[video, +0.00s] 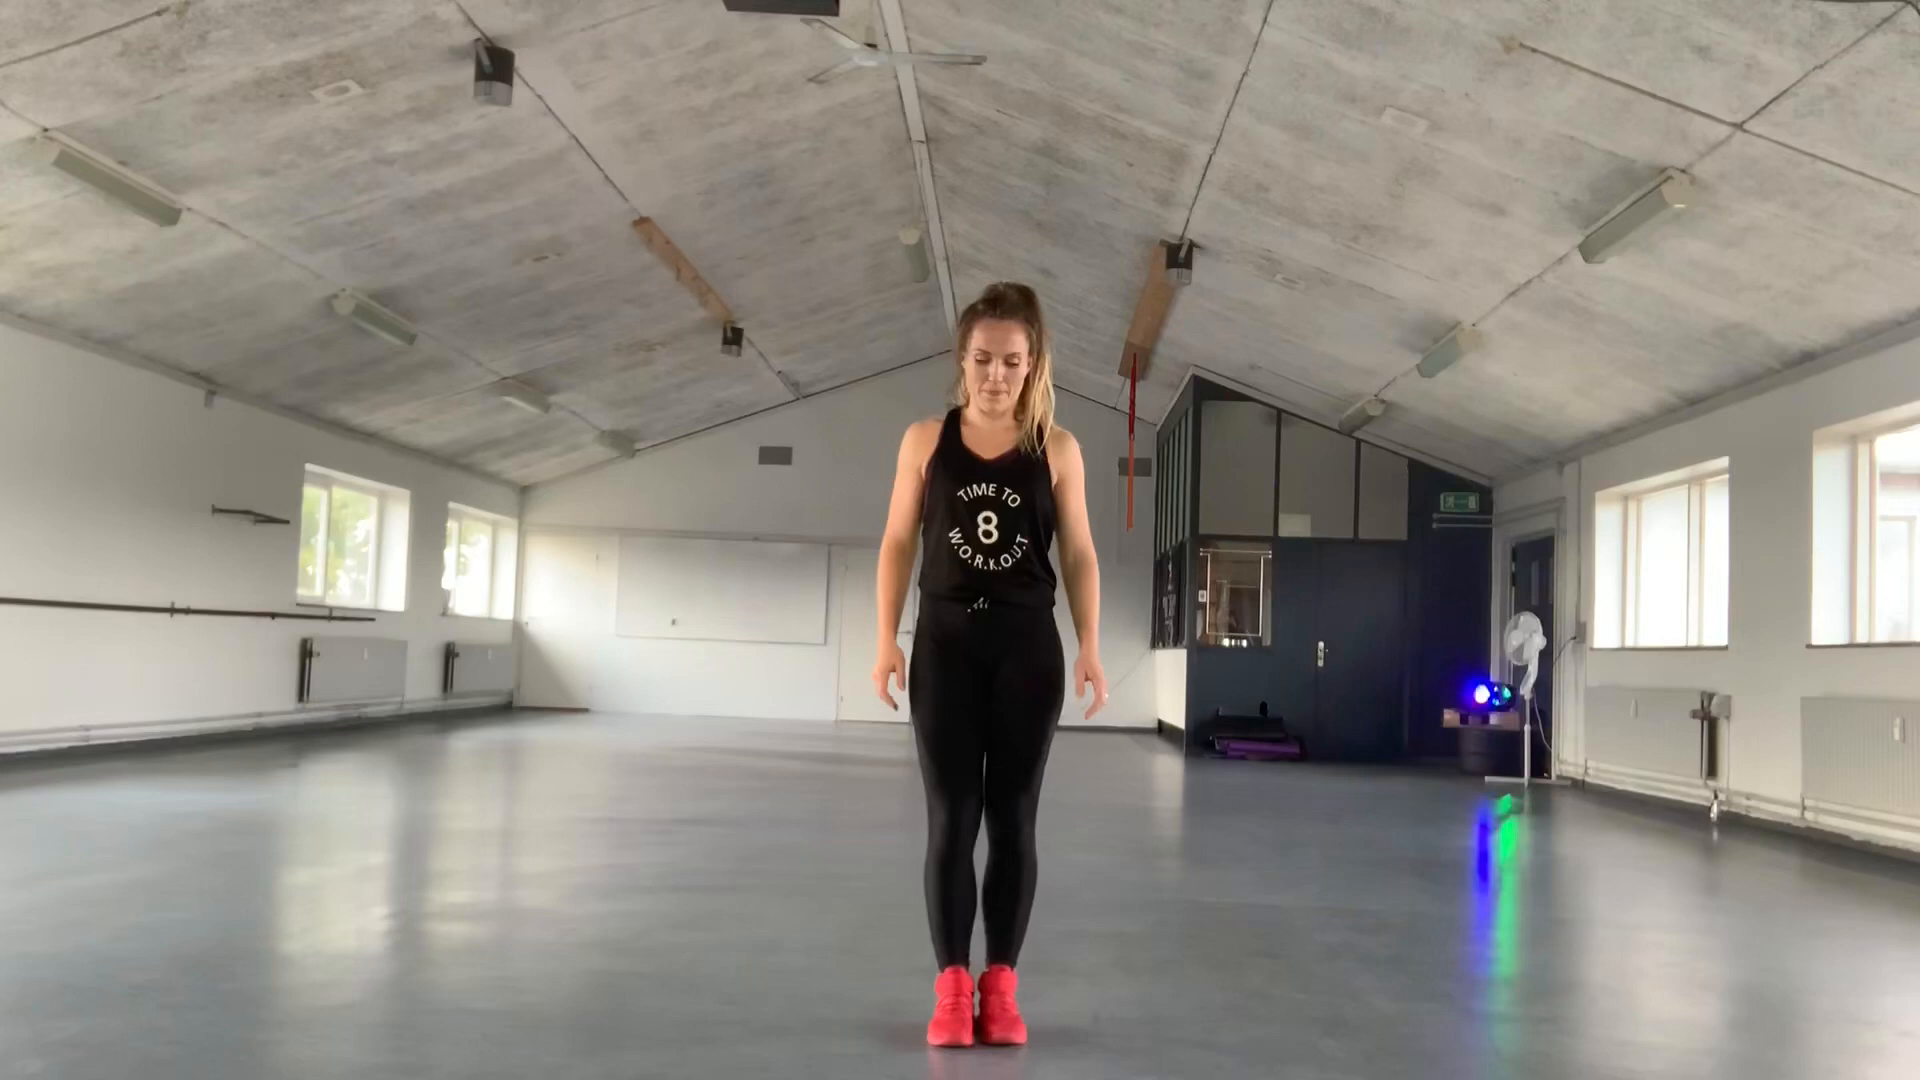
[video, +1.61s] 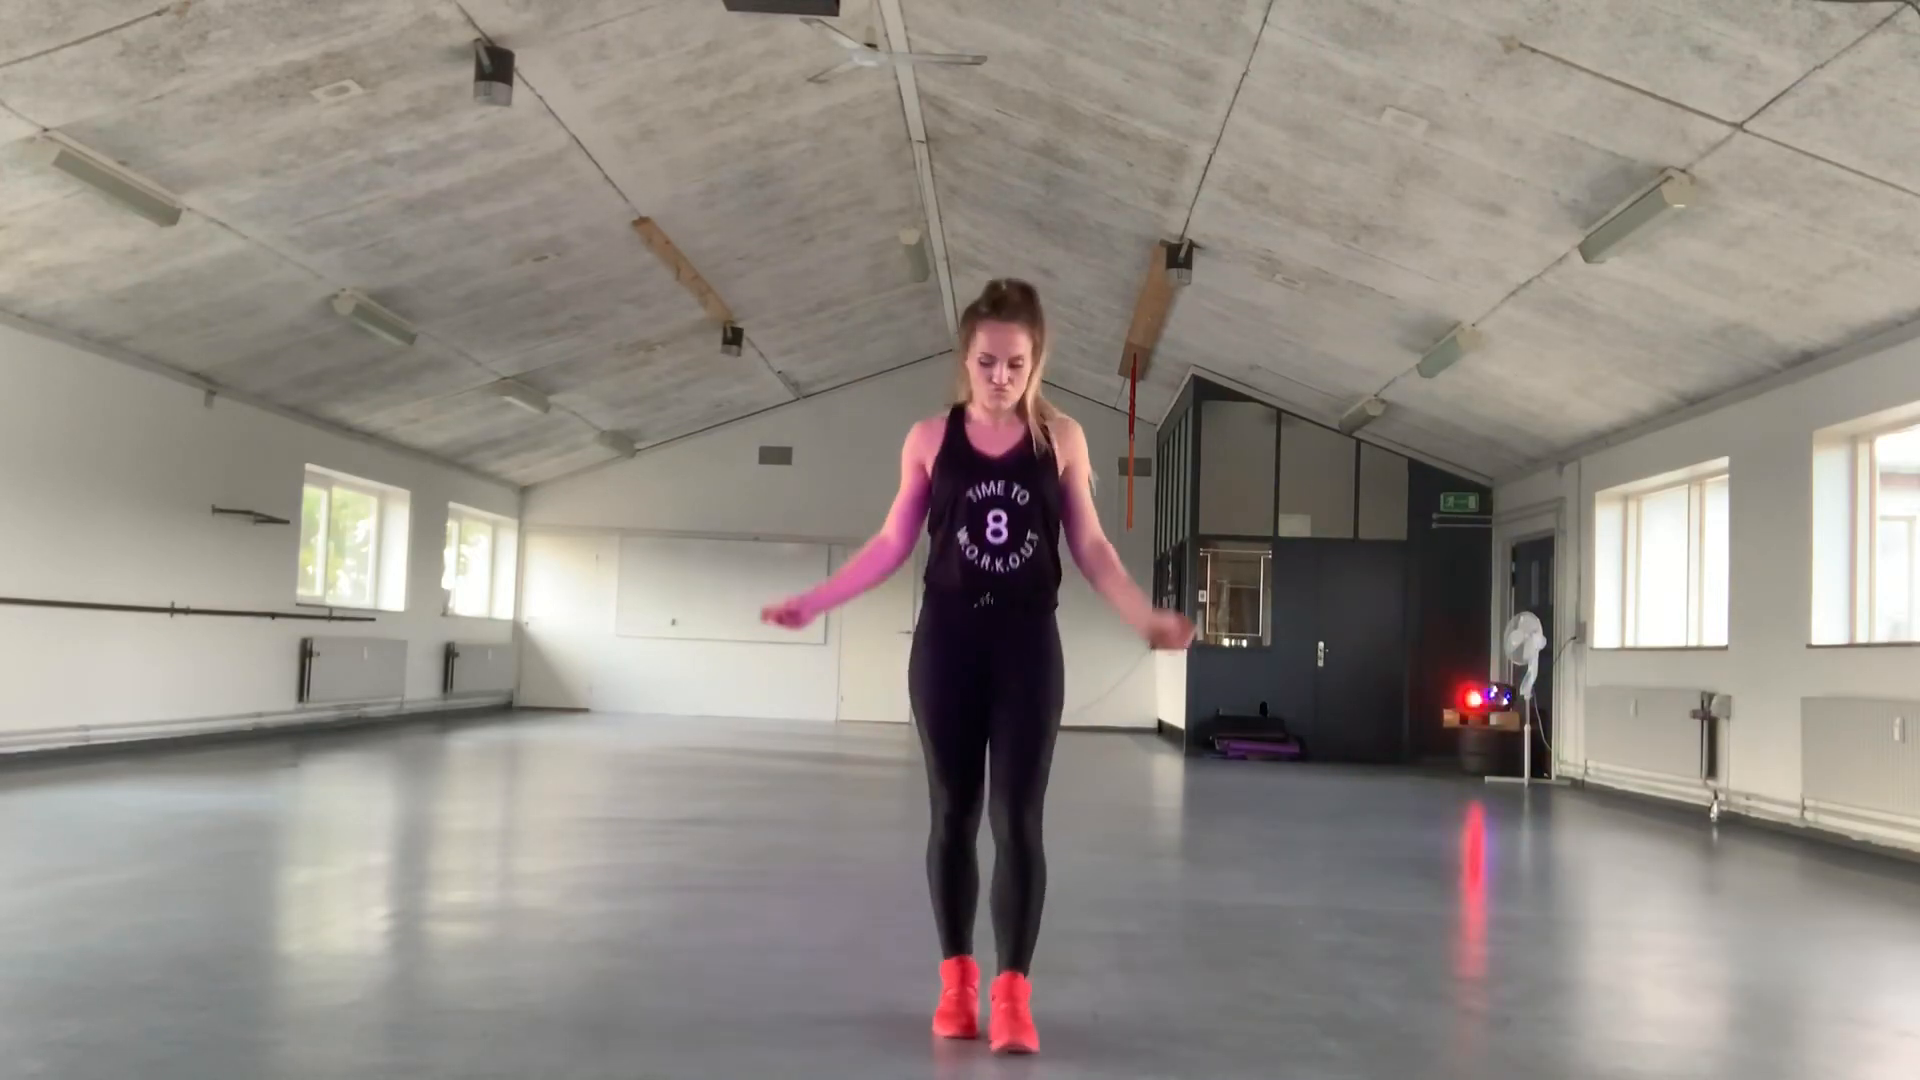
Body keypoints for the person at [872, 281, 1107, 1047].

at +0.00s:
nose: (998, 373)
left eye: (1012, 361)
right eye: (985, 358)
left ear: (1033, 366)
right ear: (963, 360)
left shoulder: (1057, 447)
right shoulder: (926, 438)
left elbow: (1080, 554)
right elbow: (898, 542)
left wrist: (1089, 643)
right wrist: (887, 637)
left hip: (1029, 651)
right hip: (944, 649)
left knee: (1014, 819)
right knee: (954, 818)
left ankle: (1001, 982)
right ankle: (952, 981)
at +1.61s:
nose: (1000, 374)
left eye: (1015, 360)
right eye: (988, 358)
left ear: (1035, 364)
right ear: (965, 357)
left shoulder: (1060, 437)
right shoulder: (930, 439)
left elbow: (1092, 550)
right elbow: (891, 546)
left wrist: (1146, 619)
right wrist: (814, 602)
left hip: (1028, 648)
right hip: (946, 646)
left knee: (1017, 813)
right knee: (954, 811)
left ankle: (1013, 985)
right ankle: (958, 974)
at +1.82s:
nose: (998, 386)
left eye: (1014, 371)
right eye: (987, 370)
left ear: (1048, 369)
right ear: (973, 367)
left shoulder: (1075, 450)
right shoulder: (950, 435)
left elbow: (1119, 553)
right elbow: (877, 510)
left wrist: (1177, 515)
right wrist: (784, 508)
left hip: (1048, 653)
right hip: (965, 650)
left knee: (1034, 819)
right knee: (955, 811)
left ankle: (1019, 975)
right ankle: (954, 966)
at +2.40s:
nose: (1020, 376)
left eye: (1035, 365)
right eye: (1008, 364)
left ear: (1060, 378)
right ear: (991, 375)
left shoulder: (1082, 469)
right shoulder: (958, 451)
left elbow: (1097, 589)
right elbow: (901, 534)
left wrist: (1131, 570)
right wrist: (831, 540)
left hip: (1049, 670)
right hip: (968, 668)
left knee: (1034, 830)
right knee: (964, 828)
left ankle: (1015, 977)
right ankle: (956, 970)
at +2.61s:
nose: (1021, 336)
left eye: (1034, 326)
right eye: (1008, 324)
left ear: (1051, 342)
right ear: (983, 338)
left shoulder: (1079, 428)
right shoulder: (948, 429)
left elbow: (1086, 542)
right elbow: (922, 536)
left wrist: (1081, 640)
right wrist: (895, 626)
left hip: (1037, 633)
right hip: (953, 630)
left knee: (1023, 806)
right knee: (958, 800)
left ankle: (1012, 970)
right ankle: (956, 970)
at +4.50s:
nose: (1024, 355)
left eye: (1039, 344)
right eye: (1012, 343)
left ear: (1062, 358)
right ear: (993, 356)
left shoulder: (1090, 442)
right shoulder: (963, 427)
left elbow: (1103, 544)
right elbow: (924, 519)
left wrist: (1093, 612)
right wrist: (916, 598)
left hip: (1045, 643)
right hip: (965, 638)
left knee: (1026, 810)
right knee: (975, 794)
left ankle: (1008, 971)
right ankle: (960, 954)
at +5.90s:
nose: (1019, 344)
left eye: (1033, 333)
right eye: (1007, 333)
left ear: (1054, 348)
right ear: (986, 347)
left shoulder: (1087, 426)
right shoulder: (954, 432)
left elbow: (1108, 522)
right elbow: (928, 539)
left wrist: (1080, 568)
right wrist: (917, 636)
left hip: (1037, 635)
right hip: (960, 633)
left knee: (1027, 805)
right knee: (968, 801)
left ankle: (1018, 971)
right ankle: (962, 966)